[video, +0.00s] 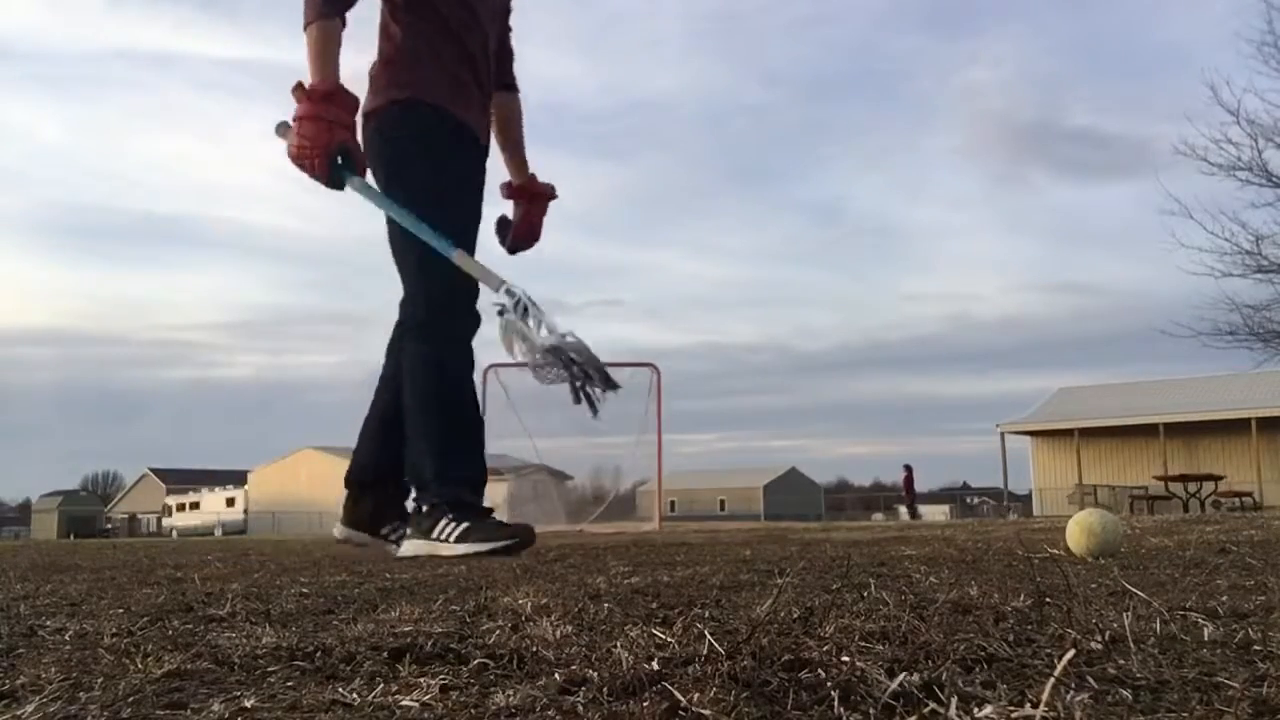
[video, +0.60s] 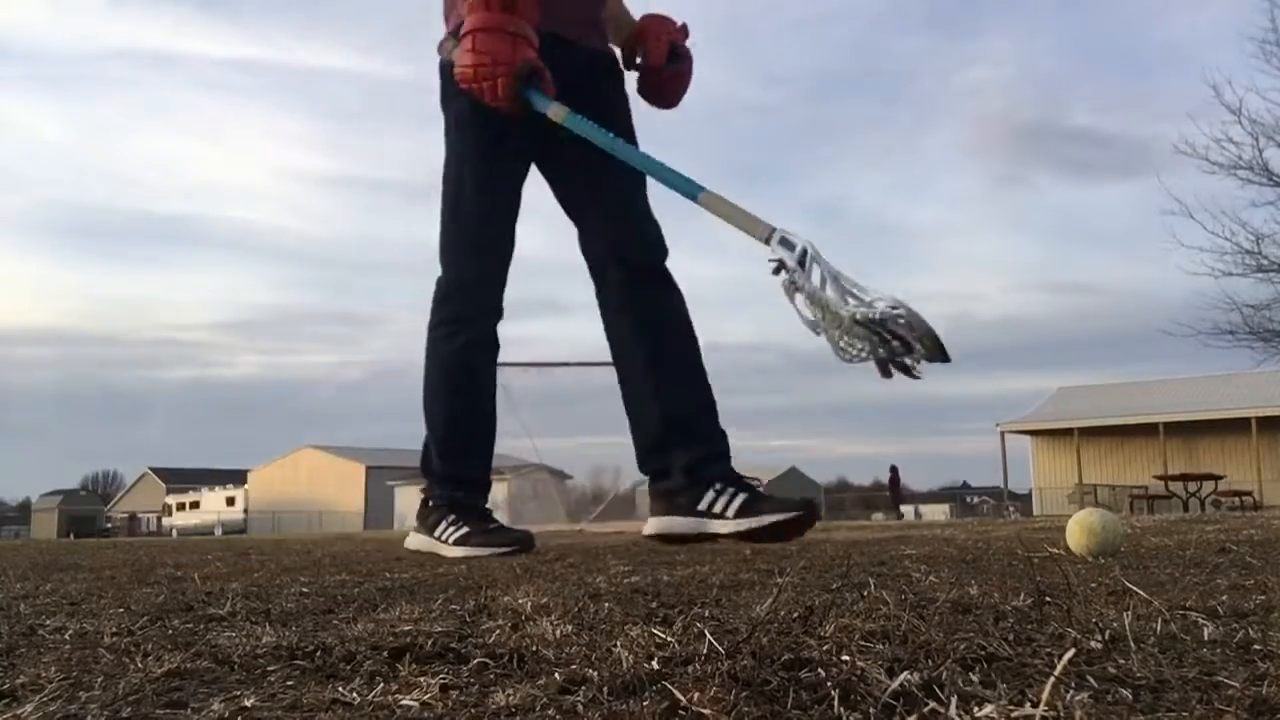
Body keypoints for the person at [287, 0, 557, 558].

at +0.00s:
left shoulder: (495, 10)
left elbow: (500, 76)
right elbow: (326, 4)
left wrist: (521, 178)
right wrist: (323, 97)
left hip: (461, 128)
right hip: (410, 111)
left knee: (433, 308)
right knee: (443, 304)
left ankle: (372, 501)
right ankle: (443, 507)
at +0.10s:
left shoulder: (509, 10)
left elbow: (514, 59)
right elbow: (346, 4)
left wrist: (534, 158)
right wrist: (341, 87)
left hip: (482, 115)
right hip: (426, 92)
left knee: (474, 313)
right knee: (458, 304)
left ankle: (388, 482)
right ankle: (445, 508)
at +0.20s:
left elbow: (524, 40)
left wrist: (554, 133)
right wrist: (379, 63)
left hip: (502, 95)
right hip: (437, 75)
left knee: (527, 305)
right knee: (457, 290)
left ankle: (416, 456)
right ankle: (441, 508)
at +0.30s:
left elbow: (529, 18)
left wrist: (572, 93)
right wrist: (422, 37)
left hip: (524, 78)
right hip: (449, 53)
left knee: (570, 282)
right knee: (453, 287)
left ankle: (471, 474)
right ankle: (440, 502)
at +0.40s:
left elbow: (539, 10)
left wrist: (585, 45)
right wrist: (460, 22)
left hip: (540, 58)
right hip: (457, 38)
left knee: (600, 264)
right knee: (453, 286)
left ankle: (538, 484)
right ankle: (442, 505)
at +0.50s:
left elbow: (551, 13)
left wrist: (612, 30)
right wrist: (465, 21)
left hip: (561, 63)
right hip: (474, 45)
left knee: (621, 264)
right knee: (459, 286)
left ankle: (626, 491)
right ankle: (445, 504)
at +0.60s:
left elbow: (596, 8)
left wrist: (633, 31)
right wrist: (488, 17)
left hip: (584, 51)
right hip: (490, 38)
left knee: (634, 263)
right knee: (472, 284)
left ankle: (688, 483)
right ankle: (449, 504)